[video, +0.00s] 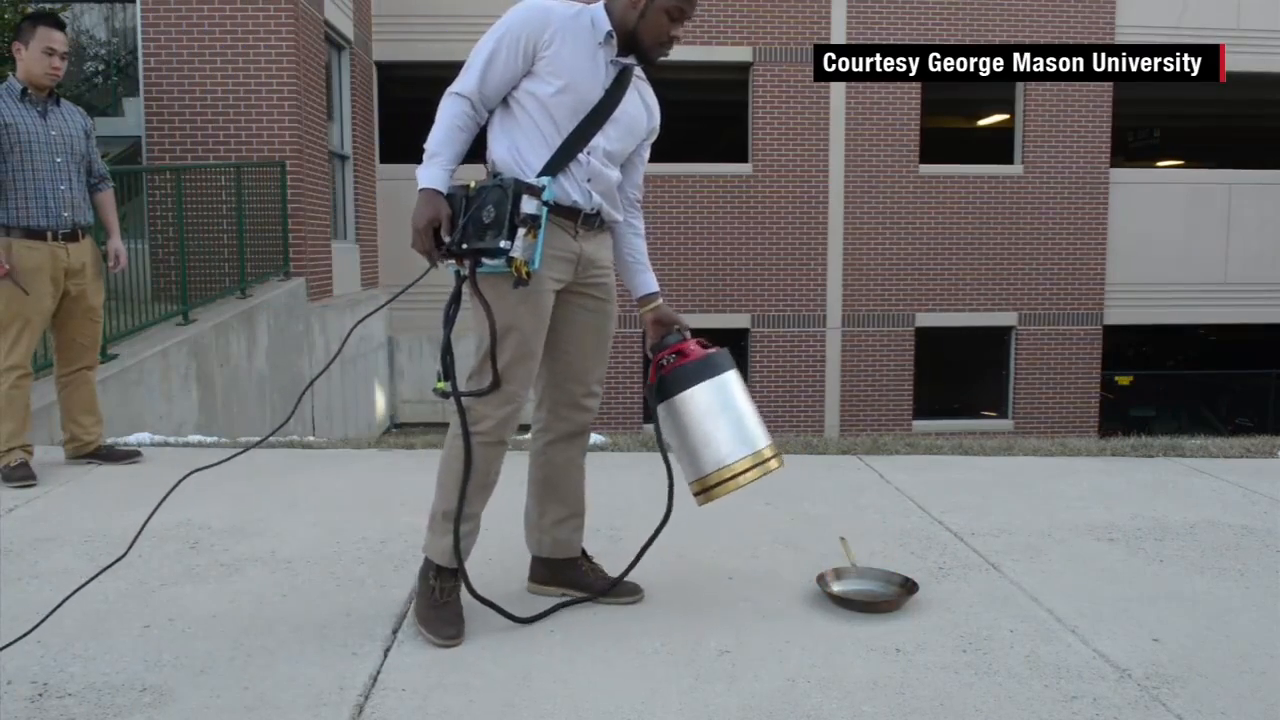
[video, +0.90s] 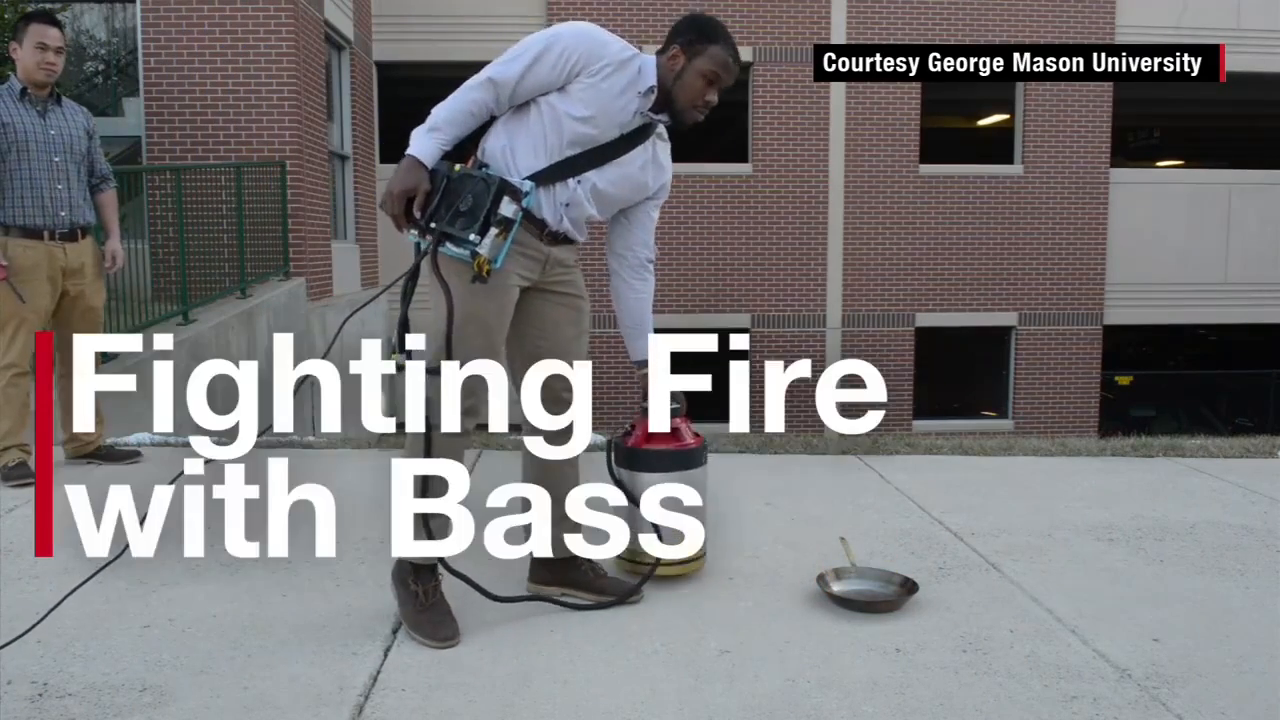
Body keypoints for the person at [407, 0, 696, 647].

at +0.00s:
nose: (680, 34)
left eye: (686, 22)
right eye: (676, 17)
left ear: (653, 14)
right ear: (638, 2)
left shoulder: (644, 105)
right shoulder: (546, 22)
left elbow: (627, 208)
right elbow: (465, 98)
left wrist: (649, 296)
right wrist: (432, 188)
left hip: (595, 251)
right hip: (517, 237)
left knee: (571, 409)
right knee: (492, 407)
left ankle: (556, 557)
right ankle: (443, 568)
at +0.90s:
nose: (713, 102)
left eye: (722, 93)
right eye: (709, 82)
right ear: (673, 56)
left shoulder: (653, 167)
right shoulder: (590, 50)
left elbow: (634, 269)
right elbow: (490, 89)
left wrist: (651, 364)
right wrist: (417, 159)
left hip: (558, 257)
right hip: (484, 231)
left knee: (558, 411)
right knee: (463, 409)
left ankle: (555, 557)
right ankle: (418, 563)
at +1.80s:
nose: (668, 42)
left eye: (678, 33)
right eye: (659, 25)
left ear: (680, 37)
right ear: (623, 14)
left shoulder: (641, 134)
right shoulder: (546, 38)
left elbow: (631, 234)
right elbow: (455, 95)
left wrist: (644, 327)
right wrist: (401, 175)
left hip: (554, 255)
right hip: (479, 237)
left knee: (554, 409)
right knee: (455, 409)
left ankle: (557, 556)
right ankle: (401, 556)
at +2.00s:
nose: (611, 9)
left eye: (615, 3)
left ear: (613, 17)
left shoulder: (605, 103)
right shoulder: (490, 32)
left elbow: (601, 203)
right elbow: (410, 108)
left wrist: (608, 287)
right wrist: (374, 195)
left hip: (542, 252)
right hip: (464, 243)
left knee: (548, 408)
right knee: (442, 409)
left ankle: (555, 554)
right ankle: (386, 555)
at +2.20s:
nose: (527, 0)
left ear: (534, 6)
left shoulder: (542, 83)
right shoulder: (412, 36)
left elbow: (546, 185)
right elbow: (346, 124)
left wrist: (560, 266)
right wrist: (329, 212)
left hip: (514, 251)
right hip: (427, 248)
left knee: (532, 410)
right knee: (411, 414)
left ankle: (555, 553)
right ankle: (383, 562)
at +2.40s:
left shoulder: (478, 60)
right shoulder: (351, 30)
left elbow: (483, 160)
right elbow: (291, 127)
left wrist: (501, 247)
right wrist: (286, 222)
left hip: (468, 245)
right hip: (387, 248)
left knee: (500, 399)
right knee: (386, 413)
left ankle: (521, 547)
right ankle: (380, 563)